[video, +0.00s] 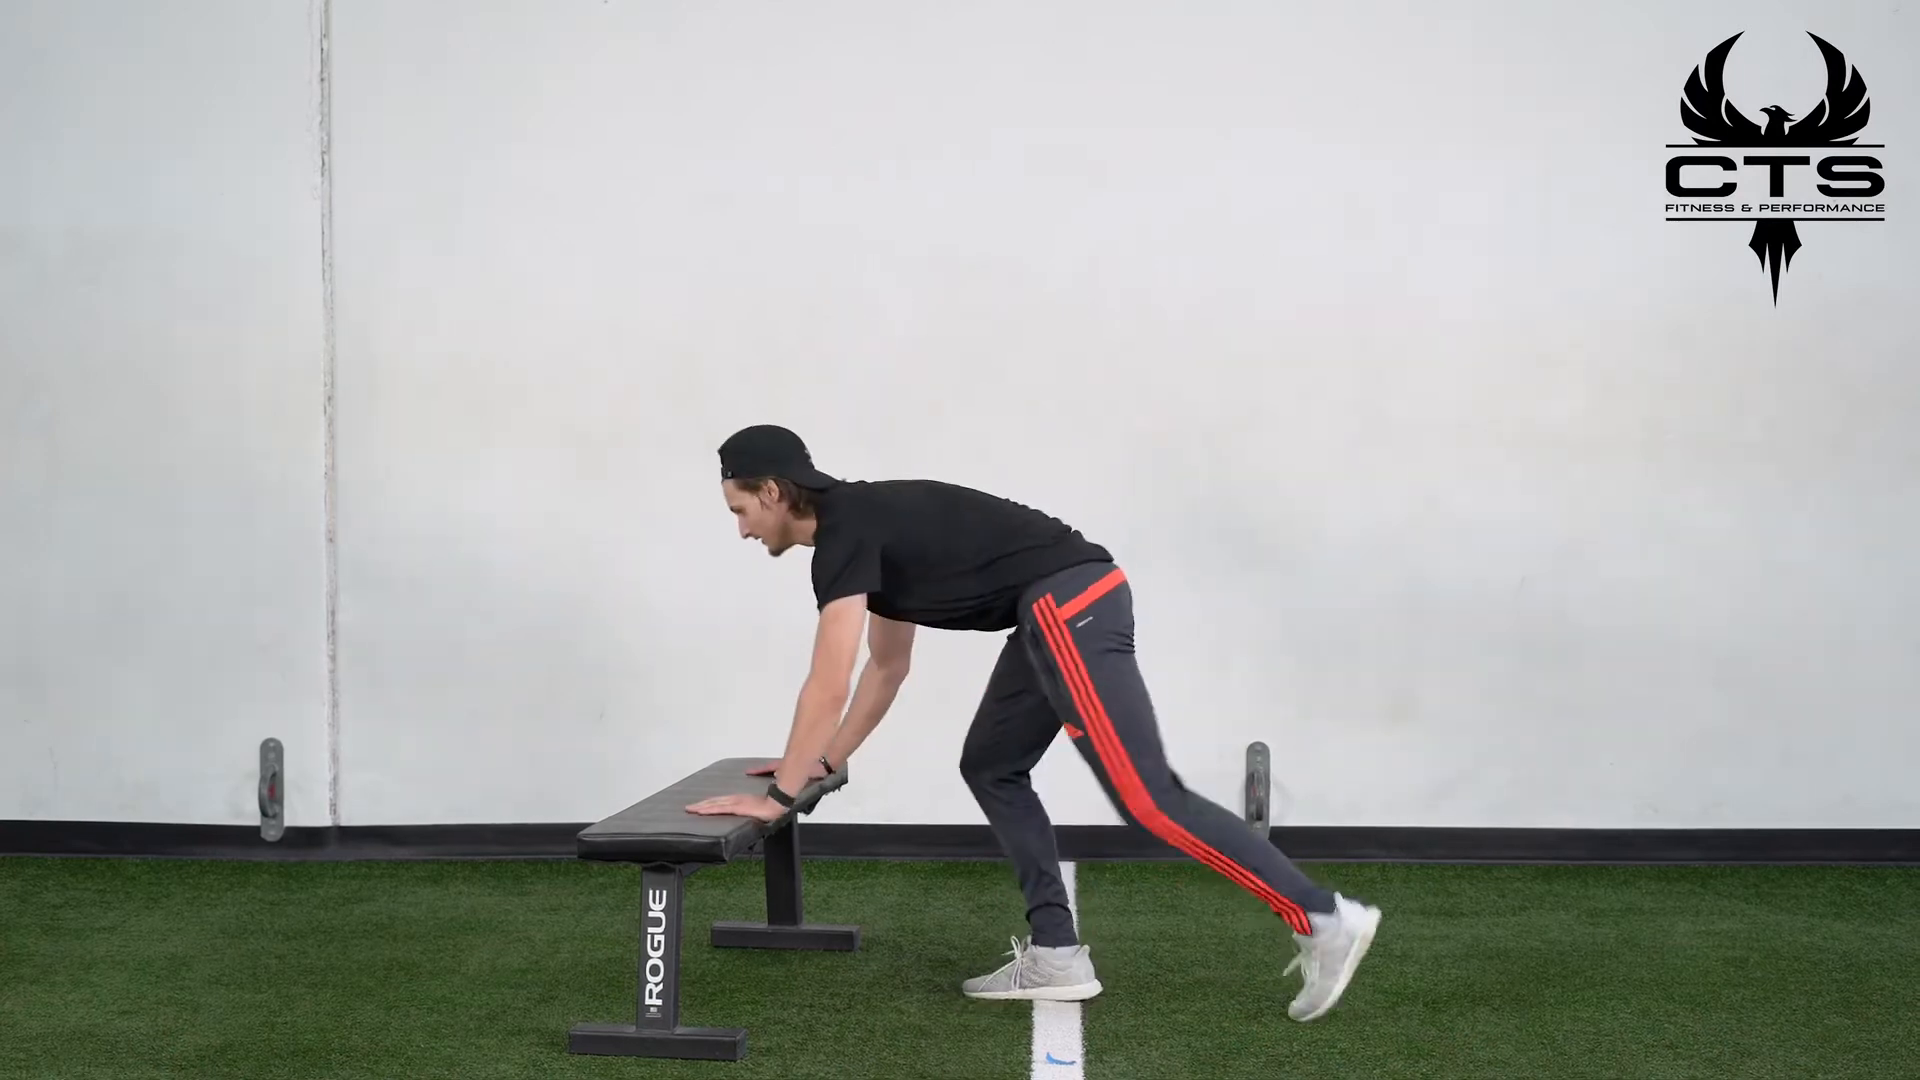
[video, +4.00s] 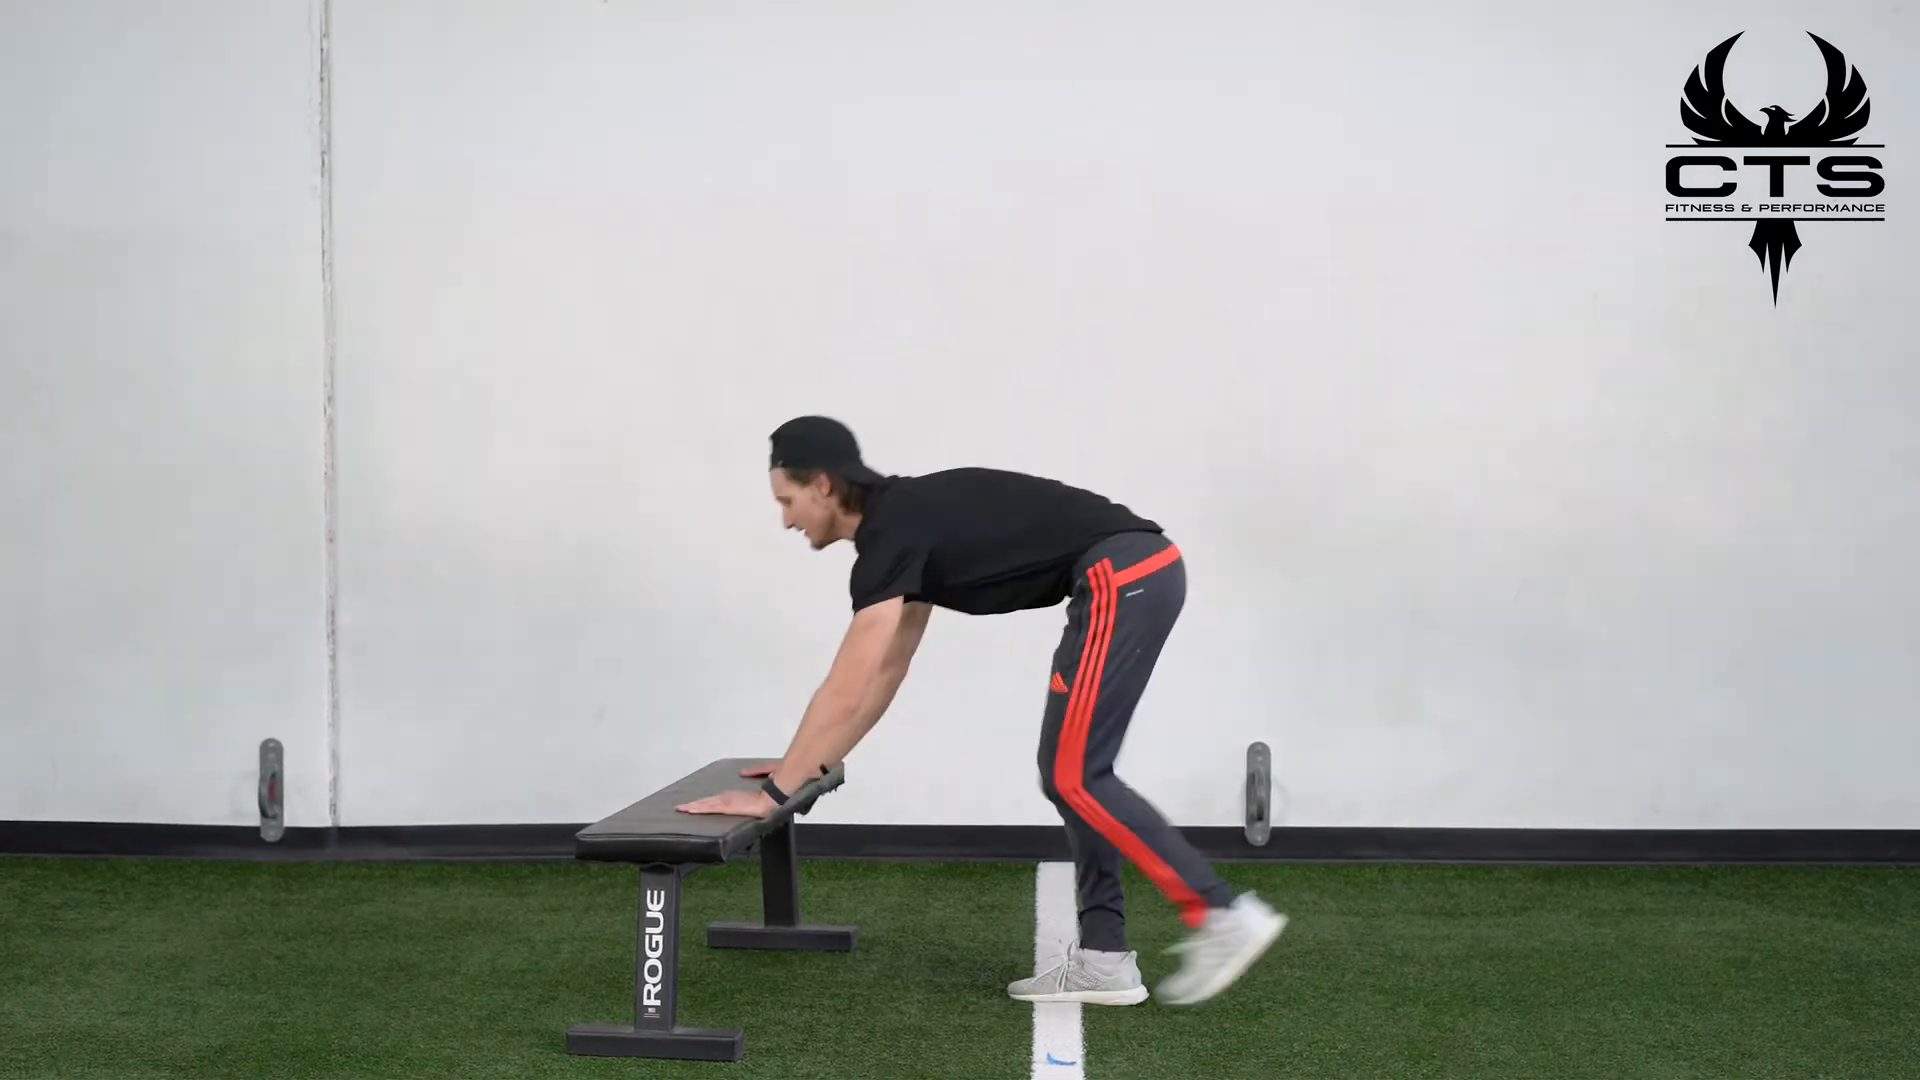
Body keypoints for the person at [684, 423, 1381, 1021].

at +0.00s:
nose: (738, 526)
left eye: (739, 508)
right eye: (734, 511)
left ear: (778, 492)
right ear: (782, 490)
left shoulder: (844, 531)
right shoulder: (872, 527)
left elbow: (828, 678)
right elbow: (885, 670)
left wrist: (778, 792)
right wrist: (825, 762)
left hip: (1070, 598)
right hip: (1052, 607)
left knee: (1148, 797)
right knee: (992, 765)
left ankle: (1328, 920)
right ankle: (1055, 953)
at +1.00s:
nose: (600, 753)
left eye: (599, 736)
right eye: (595, 739)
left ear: (627, 716)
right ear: (635, 711)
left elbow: (780, 696)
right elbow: (879, 671)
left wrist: (766, 800)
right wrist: (812, 770)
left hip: (944, 773)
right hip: (952, 758)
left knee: (1127, 864)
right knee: (1131, 846)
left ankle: (1335, 928)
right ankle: (1330, 920)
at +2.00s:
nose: (799, 518)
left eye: (804, 502)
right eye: (797, 503)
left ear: (847, 498)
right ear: (855, 494)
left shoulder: (905, 549)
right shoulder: (925, 547)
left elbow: (850, 695)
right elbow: (888, 692)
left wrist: (767, 794)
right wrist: (810, 769)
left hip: (1139, 612)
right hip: (1105, 628)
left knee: (1215, 810)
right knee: (1042, 777)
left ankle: (1379, 949)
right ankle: (1119, 958)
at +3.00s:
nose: (989, 139)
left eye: (1001, 124)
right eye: (992, 123)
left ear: (1045, 135)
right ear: (1048, 138)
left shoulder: (1057, 212)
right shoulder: (1056, 214)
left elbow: (1037, 137)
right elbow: (1047, 135)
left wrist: (992, 39)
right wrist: (1044, 58)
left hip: (1044, 477)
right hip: (1047, 476)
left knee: (1042, 691)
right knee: (1048, 689)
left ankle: (1075, 892)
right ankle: (1076, 884)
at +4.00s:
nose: (784, 519)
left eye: (787, 501)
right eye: (780, 503)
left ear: (827, 484)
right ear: (828, 484)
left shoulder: (890, 531)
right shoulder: (911, 523)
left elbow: (851, 683)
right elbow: (886, 675)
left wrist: (779, 786)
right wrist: (813, 768)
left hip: (1122, 573)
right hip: (1123, 570)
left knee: (1072, 773)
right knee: (1076, 774)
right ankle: (1104, 959)